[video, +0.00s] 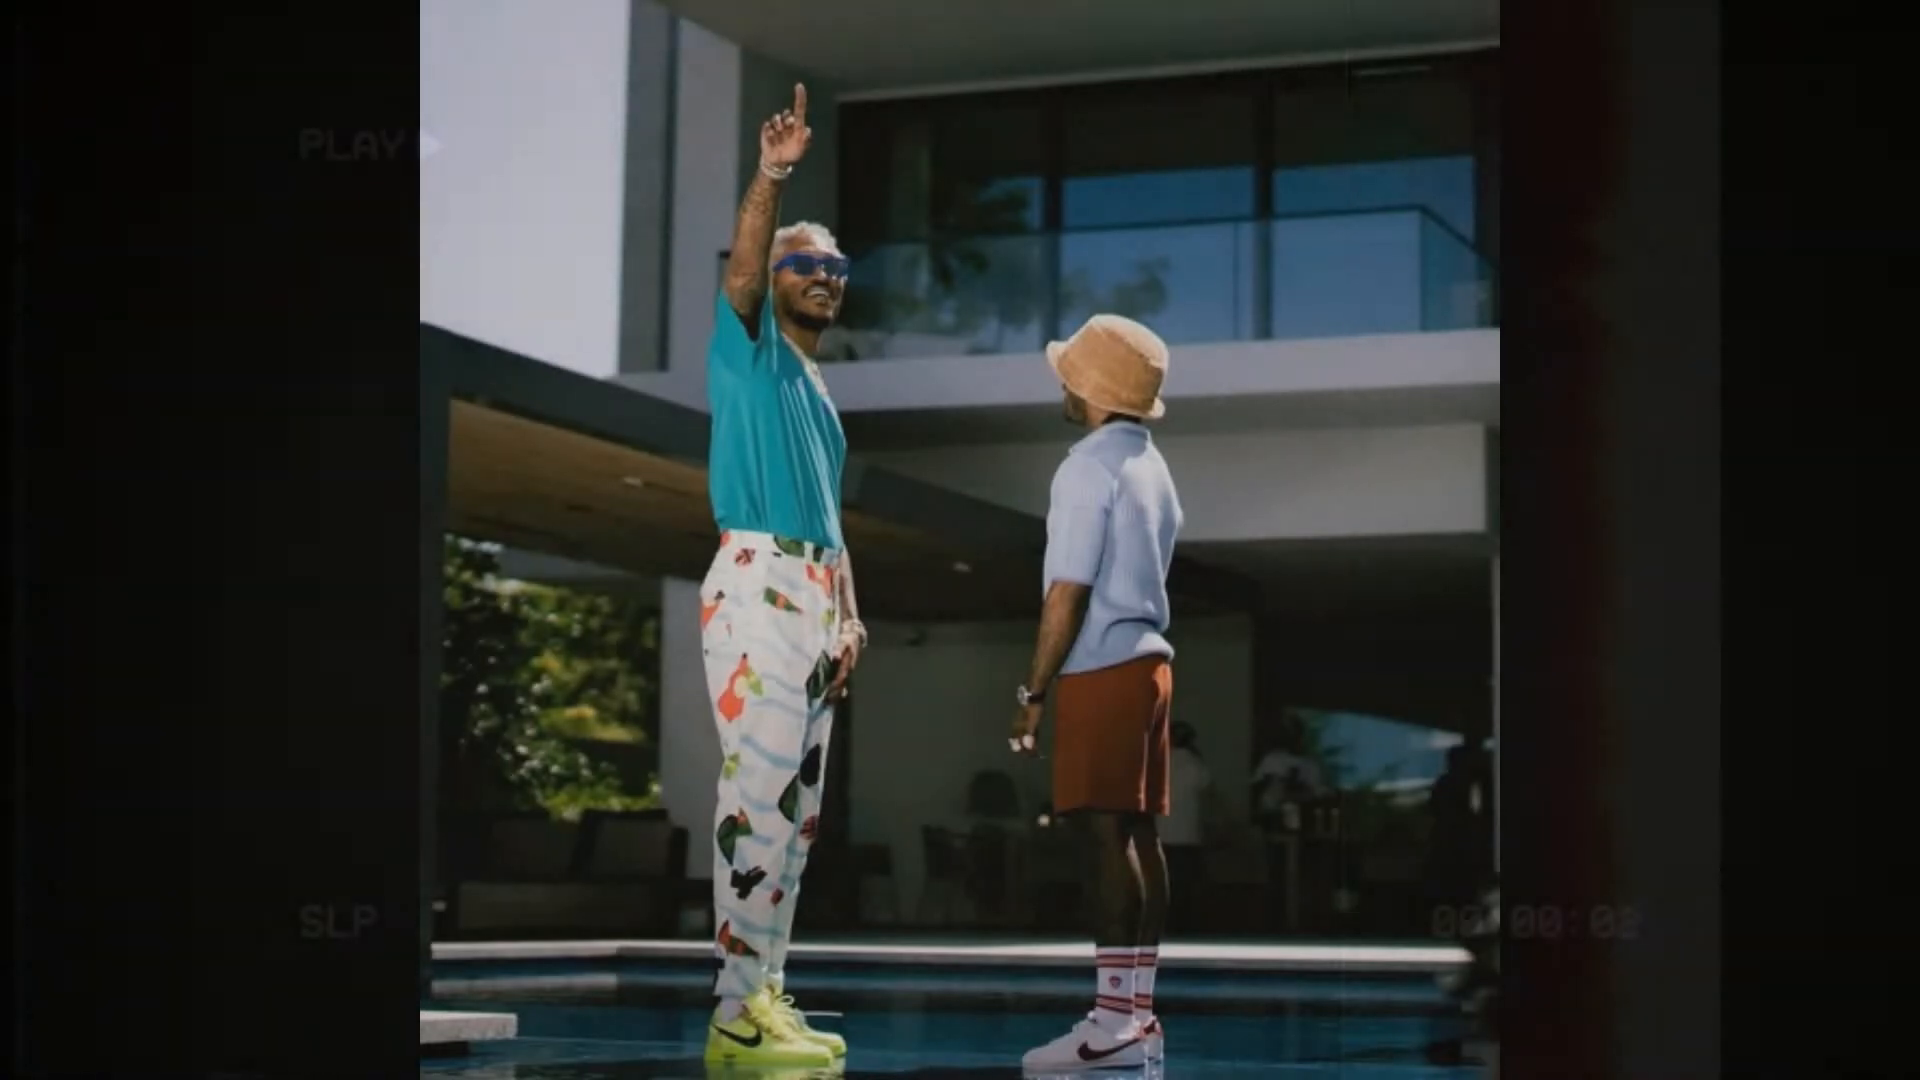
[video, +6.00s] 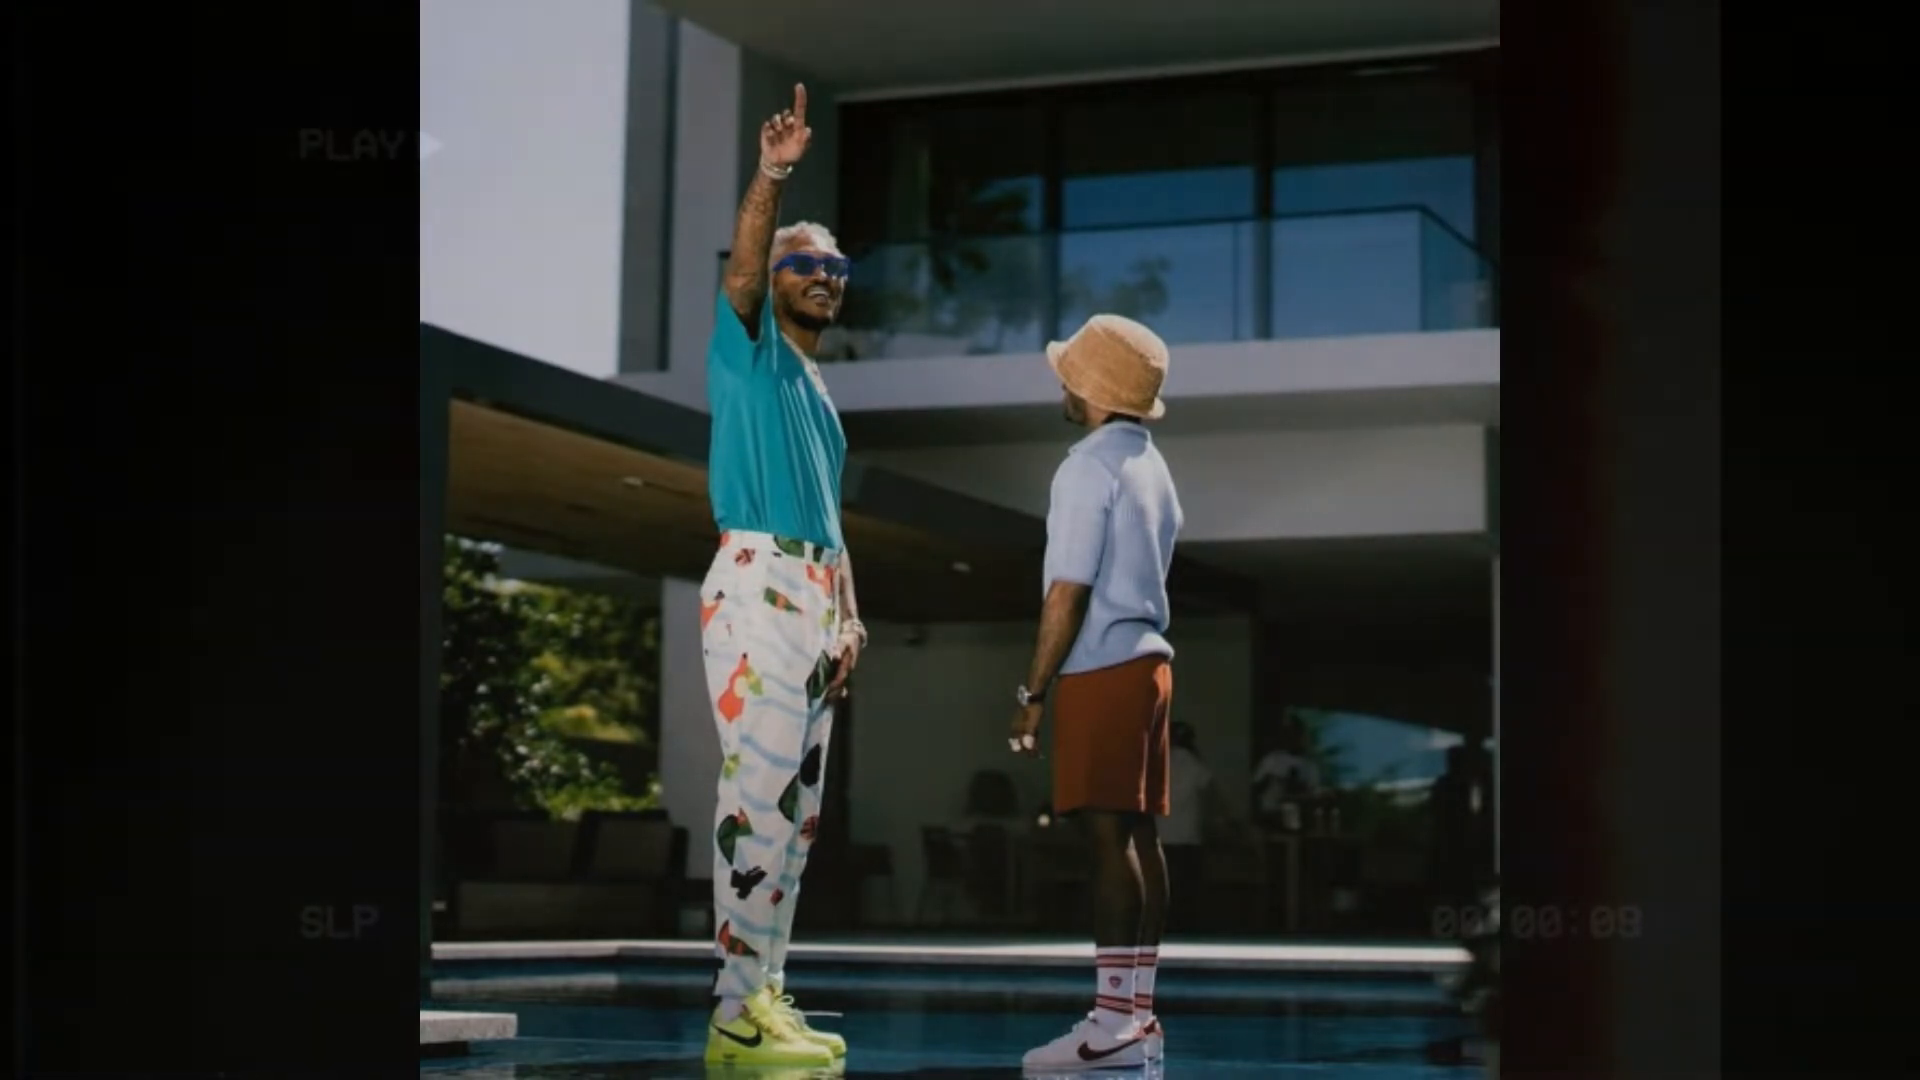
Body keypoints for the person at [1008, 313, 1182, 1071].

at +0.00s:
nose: (1064, 388)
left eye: (1072, 378)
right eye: (1069, 376)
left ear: (1090, 391)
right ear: (1132, 394)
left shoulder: (1088, 468)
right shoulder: (1148, 463)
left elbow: (1067, 595)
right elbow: (1147, 579)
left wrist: (1032, 691)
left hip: (1104, 669)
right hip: (1147, 665)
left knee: (1105, 837)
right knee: (1140, 837)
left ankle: (1116, 1014)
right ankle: (1135, 1012)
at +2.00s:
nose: (1064, 388)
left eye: (1072, 379)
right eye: (1069, 377)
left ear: (1090, 391)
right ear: (1132, 394)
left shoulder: (1087, 469)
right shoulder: (1148, 463)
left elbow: (1067, 596)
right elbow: (1147, 579)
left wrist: (1031, 691)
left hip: (1104, 669)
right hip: (1147, 665)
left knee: (1107, 838)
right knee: (1139, 837)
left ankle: (1116, 1015)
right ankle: (1135, 1011)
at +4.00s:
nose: (1064, 388)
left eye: (1072, 378)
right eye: (1069, 376)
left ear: (1091, 391)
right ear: (1131, 394)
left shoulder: (1088, 468)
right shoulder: (1148, 463)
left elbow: (1067, 595)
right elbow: (1147, 577)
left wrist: (1031, 691)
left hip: (1104, 670)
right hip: (1146, 666)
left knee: (1108, 838)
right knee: (1139, 837)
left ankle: (1116, 1014)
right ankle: (1135, 1011)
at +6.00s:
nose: (1064, 387)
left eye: (1072, 377)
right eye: (1068, 376)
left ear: (1092, 390)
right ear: (1130, 394)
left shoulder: (1088, 468)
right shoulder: (1148, 463)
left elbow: (1067, 594)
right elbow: (1149, 576)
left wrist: (1032, 691)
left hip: (1104, 669)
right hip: (1146, 665)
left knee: (1108, 838)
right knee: (1139, 838)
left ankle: (1116, 1015)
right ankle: (1135, 1012)